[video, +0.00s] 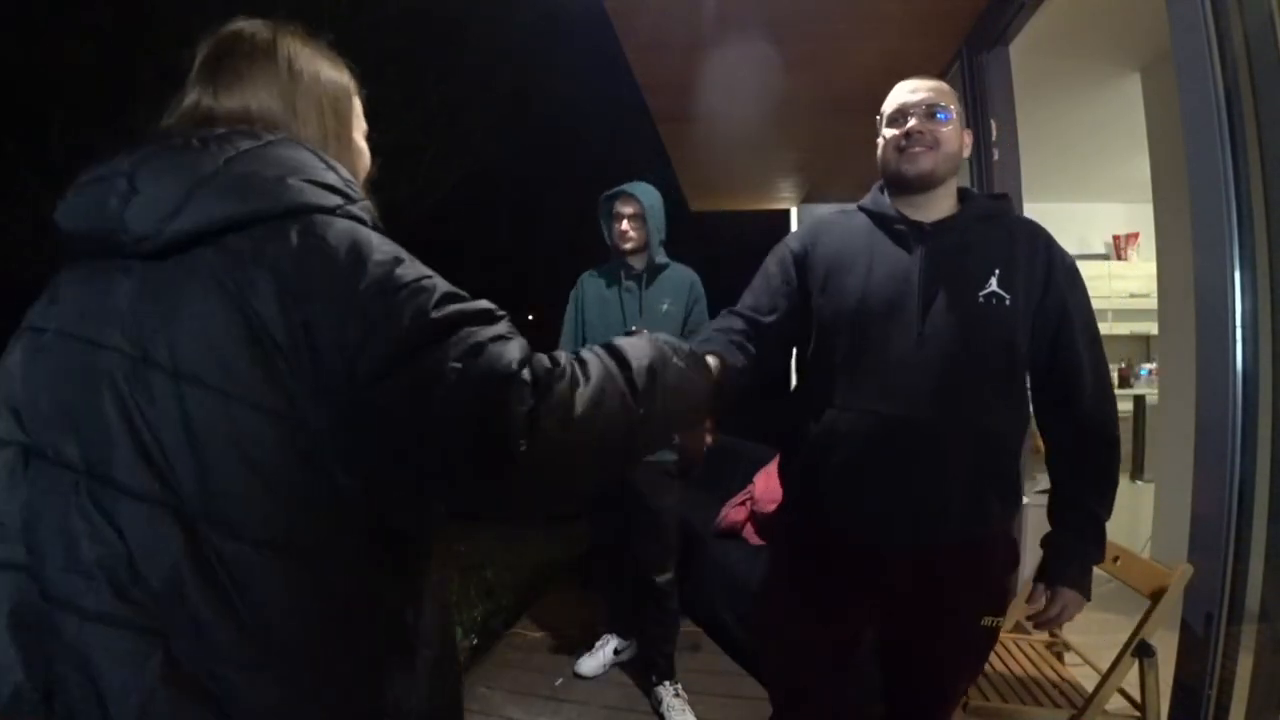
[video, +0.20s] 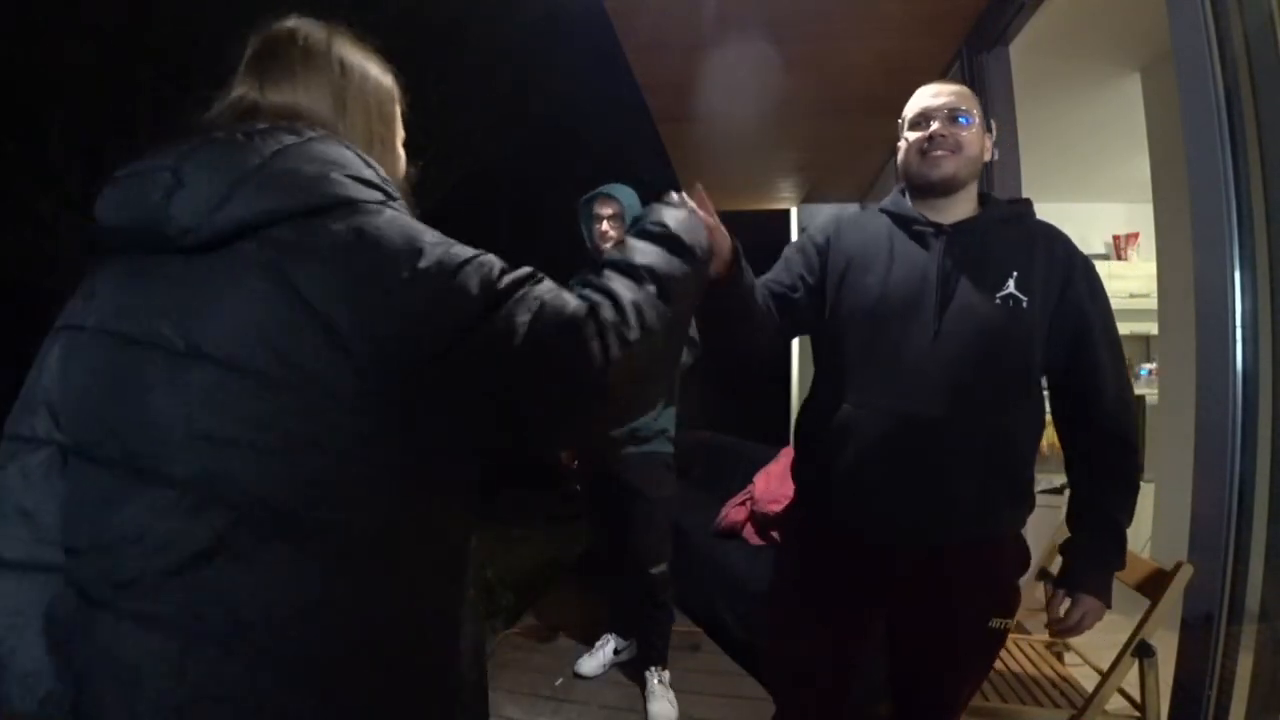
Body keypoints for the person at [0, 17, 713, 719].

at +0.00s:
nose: (367, 166)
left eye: (365, 144)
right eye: (358, 143)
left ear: (202, 125)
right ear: (319, 136)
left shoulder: (67, 292)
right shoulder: (326, 263)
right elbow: (522, 416)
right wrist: (683, 376)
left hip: (75, 687)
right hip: (309, 684)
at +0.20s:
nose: (404, 166)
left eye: (401, 144)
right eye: (397, 143)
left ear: (240, 119)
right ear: (365, 137)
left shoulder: (111, 277)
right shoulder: (390, 262)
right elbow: (593, 357)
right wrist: (673, 245)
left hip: (114, 682)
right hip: (335, 683)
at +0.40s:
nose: (424, 188)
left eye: (422, 170)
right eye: (418, 167)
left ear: (269, 134)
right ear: (393, 157)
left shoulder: (133, 275)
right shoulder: (391, 267)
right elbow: (582, 406)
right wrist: (660, 292)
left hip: (97, 672)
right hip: (333, 674)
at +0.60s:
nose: (422, 195)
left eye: (421, 181)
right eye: (420, 179)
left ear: (295, 146)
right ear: (400, 170)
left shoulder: (167, 256)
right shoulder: (390, 269)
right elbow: (577, 390)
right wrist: (646, 287)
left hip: (62, 641)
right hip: (286, 667)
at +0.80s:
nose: (406, 215)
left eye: (405, 200)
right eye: (402, 198)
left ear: (283, 167)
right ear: (380, 188)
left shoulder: (178, 269)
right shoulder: (371, 275)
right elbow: (540, 398)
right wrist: (635, 320)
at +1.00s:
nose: (397, 235)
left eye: (397, 220)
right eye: (393, 218)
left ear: (288, 187)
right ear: (367, 208)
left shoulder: (205, 270)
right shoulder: (348, 285)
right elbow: (474, 428)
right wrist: (606, 419)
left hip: (145, 608)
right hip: (251, 638)